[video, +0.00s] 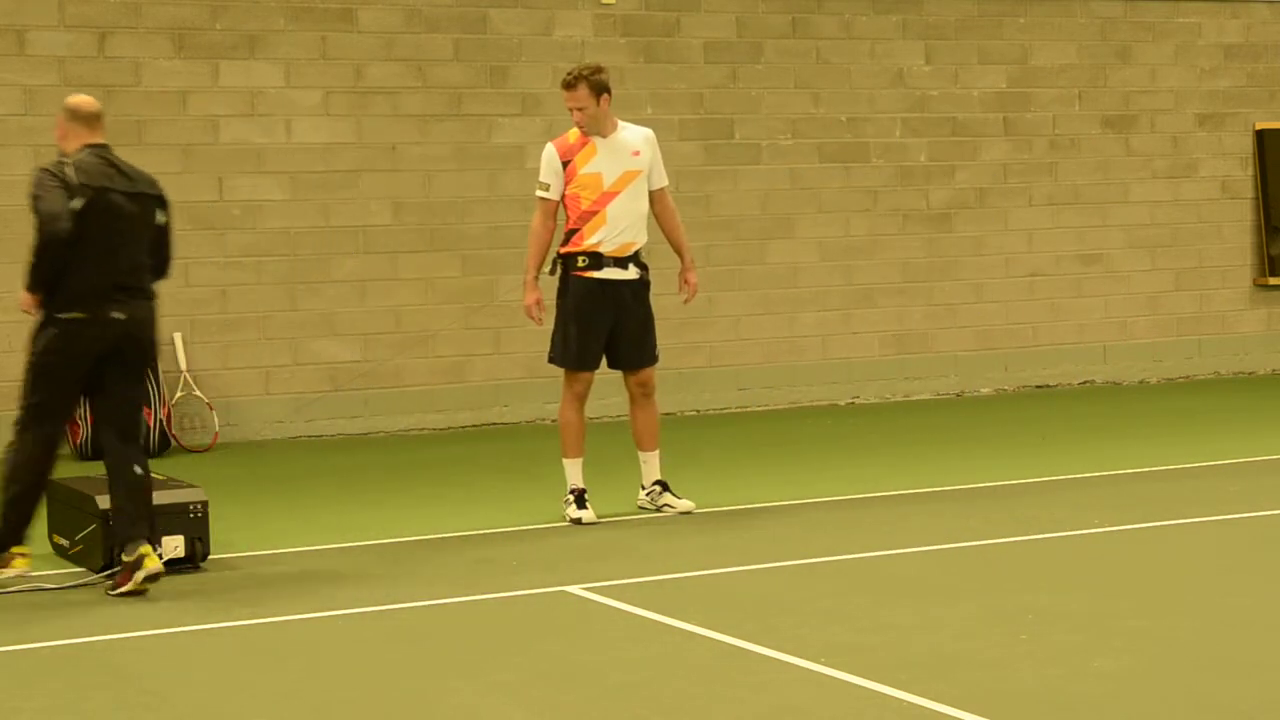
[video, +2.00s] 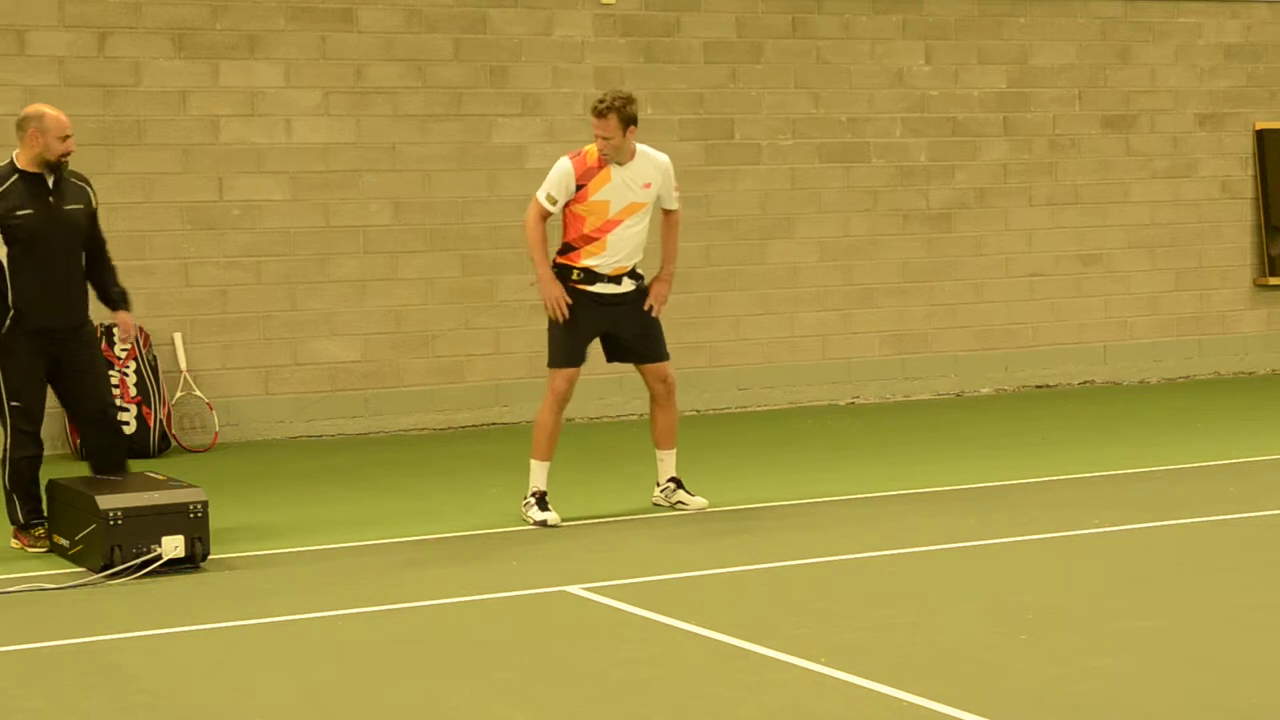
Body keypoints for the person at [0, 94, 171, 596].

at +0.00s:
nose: (56, 137)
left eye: (57, 130)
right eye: (59, 130)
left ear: (65, 129)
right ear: (102, 128)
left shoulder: (56, 175)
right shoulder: (146, 185)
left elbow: (56, 228)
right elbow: (158, 264)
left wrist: (36, 286)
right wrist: (109, 273)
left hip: (72, 327)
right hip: (133, 328)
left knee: (37, 434)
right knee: (123, 439)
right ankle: (138, 548)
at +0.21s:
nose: (17, 151)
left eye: (18, 145)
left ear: (22, 145)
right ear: (65, 144)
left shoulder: (9, 196)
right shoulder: (101, 200)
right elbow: (119, 279)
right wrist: (86, 318)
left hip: (14, 345)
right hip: (78, 346)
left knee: (7, 446)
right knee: (64, 436)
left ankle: (11, 555)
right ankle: (91, 500)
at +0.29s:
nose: (18, 153)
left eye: (13, 146)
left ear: (12, 146)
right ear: (56, 142)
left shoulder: (3, 192)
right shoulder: (89, 198)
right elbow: (114, 269)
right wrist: (94, 321)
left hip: (8, 340)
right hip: (64, 341)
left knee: (6, 441)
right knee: (45, 424)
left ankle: (12, 554)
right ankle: (65, 489)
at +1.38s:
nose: (83, 152)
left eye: (84, 143)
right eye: (79, 142)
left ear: (49, 135)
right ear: (51, 135)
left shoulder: (22, 171)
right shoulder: (42, 182)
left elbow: (28, 254)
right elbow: (47, 256)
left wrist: (62, 309)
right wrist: (74, 312)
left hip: (15, 312)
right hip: (22, 315)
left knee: (30, 413)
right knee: (47, 413)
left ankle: (20, 514)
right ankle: (12, 516)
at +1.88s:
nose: (68, 147)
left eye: (69, 139)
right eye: (61, 140)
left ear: (45, 139)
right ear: (31, 138)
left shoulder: (70, 187)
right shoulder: (3, 192)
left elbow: (81, 253)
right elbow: (1, 263)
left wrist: (98, 310)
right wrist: (7, 320)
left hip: (70, 327)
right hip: (20, 331)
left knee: (93, 414)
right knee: (22, 428)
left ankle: (86, 512)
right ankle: (28, 521)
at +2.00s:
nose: (71, 145)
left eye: (71, 137)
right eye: (63, 137)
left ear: (55, 138)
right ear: (32, 138)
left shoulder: (78, 187)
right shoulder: (4, 190)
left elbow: (95, 254)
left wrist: (119, 306)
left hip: (74, 330)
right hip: (19, 333)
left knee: (102, 420)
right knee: (23, 430)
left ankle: (121, 517)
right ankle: (28, 521)